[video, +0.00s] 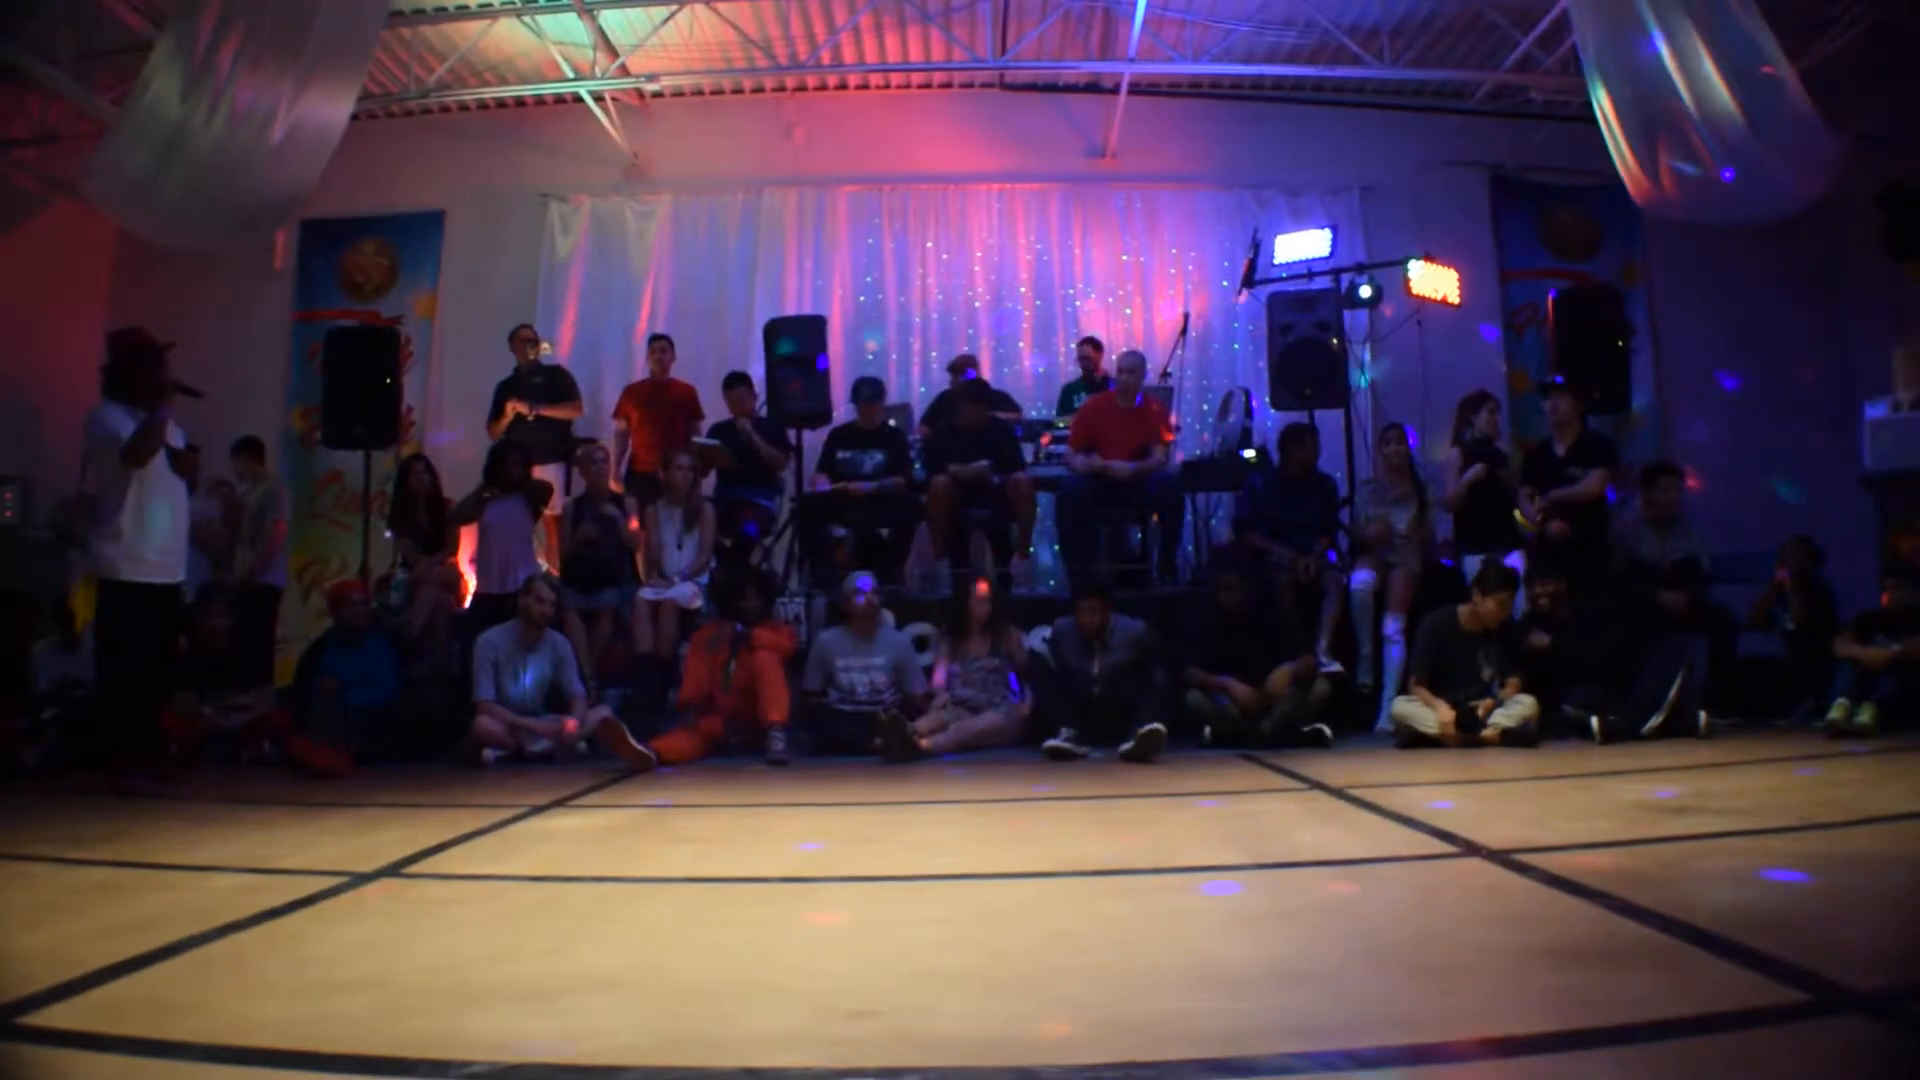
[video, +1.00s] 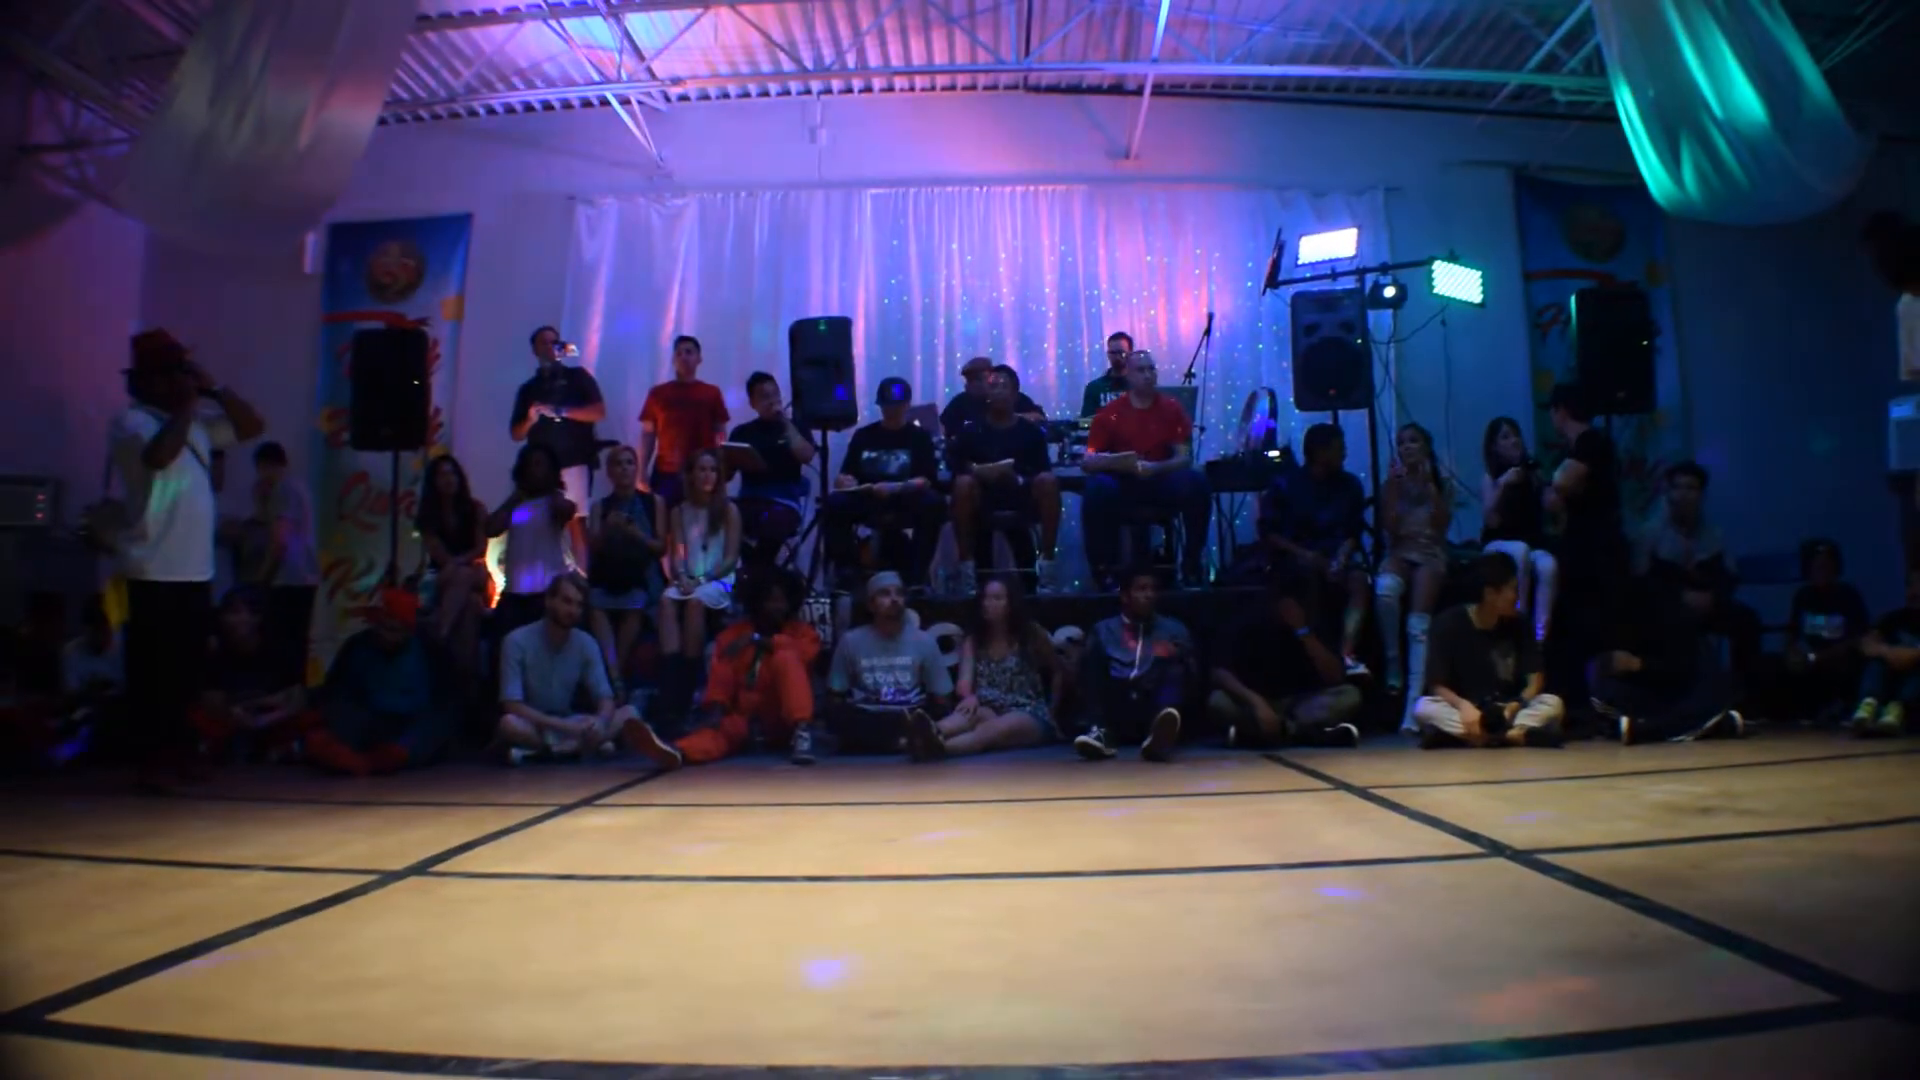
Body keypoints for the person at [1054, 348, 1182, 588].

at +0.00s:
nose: (1125, 378)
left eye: (1132, 373)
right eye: (1121, 372)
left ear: (1143, 376)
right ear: (1115, 374)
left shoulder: (1154, 410)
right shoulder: (1093, 408)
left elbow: (1160, 456)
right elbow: (1073, 457)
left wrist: (1133, 469)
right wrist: (1099, 465)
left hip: (1138, 480)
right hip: (1100, 480)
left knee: (1172, 490)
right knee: (1069, 493)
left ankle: (1167, 569)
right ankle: (1079, 575)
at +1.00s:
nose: (1148, 374)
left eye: (1151, 369)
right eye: (1140, 370)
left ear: (1156, 373)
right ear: (1127, 375)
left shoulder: (1172, 408)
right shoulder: (1108, 414)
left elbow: (1183, 457)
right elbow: (1089, 461)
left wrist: (1154, 467)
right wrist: (1119, 462)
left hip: (1160, 480)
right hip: (1123, 481)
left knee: (1196, 484)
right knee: (1098, 489)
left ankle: (1192, 568)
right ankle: (1102, 572)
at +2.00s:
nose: (1121, 402)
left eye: (1127, 396)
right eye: (1116, 395)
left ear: (1140, 392)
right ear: (1109, 391)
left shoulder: (1161, 413)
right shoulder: (1096, 417)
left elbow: (1178, 461)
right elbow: (1081, 467)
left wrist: (1145, 471)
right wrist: (1107, 470)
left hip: (1151, 483)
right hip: (1113, 484)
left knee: (1184, 490)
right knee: (1093, 494)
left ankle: (1183, 570)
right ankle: (1097, 575)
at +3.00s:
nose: (1125, 402)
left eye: (1130, 396)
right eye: (1120, 396)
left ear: (1143, 390)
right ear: (1114, 392)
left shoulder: (1166, 414)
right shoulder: (1098, 416)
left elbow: (1180, 462)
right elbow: (1085, 464)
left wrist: (1151, 473)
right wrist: (1110, 470)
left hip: (1154, 484)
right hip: (1116, 484)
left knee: (1189, 491)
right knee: (1095, 494)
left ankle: (1184, 567)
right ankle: (1097, 573)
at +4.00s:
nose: (1120, 405)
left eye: (1126, 399)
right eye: (1116, 398)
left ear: (1141, 392)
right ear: (1111, 393)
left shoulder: (1165, 415)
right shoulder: (1096, 417)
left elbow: (1180, 462)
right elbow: (1085, 465)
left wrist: (1150, 473)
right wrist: (1109, 470)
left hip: (1153, 484)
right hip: (1115, 484)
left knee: (1188, 489)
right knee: (1095, 493)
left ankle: (1184, 568)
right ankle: (1096, 575)